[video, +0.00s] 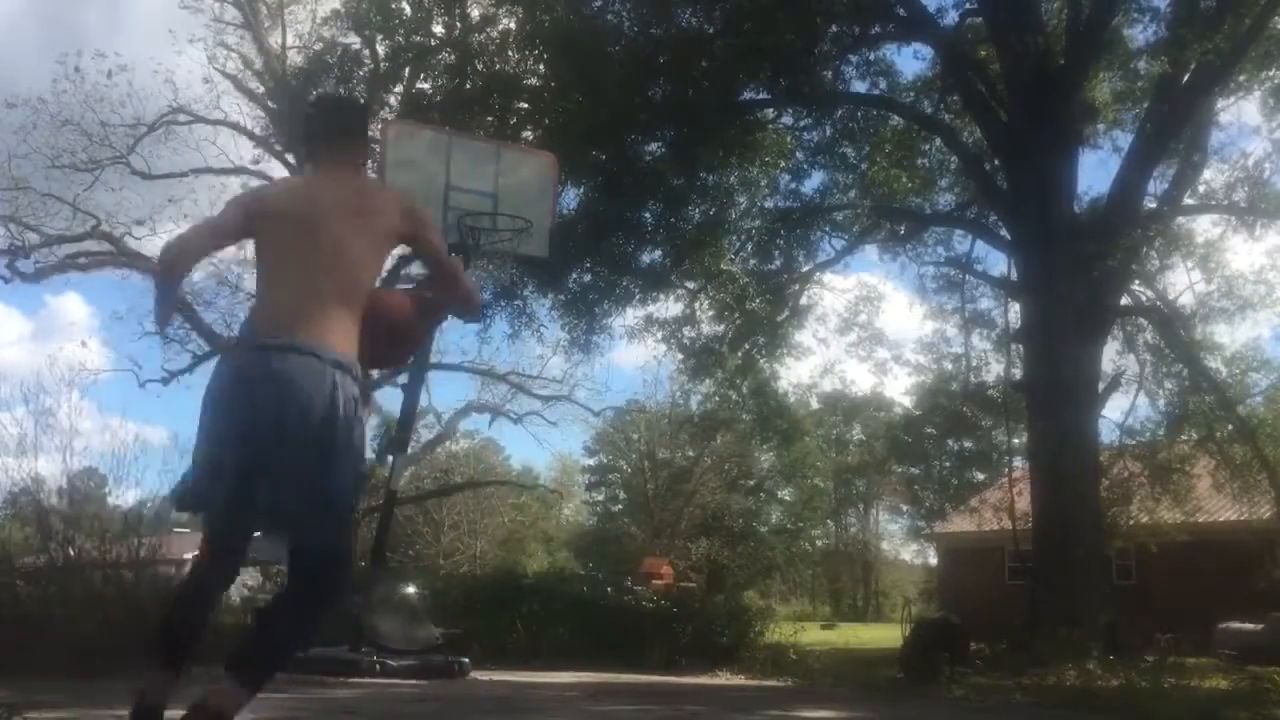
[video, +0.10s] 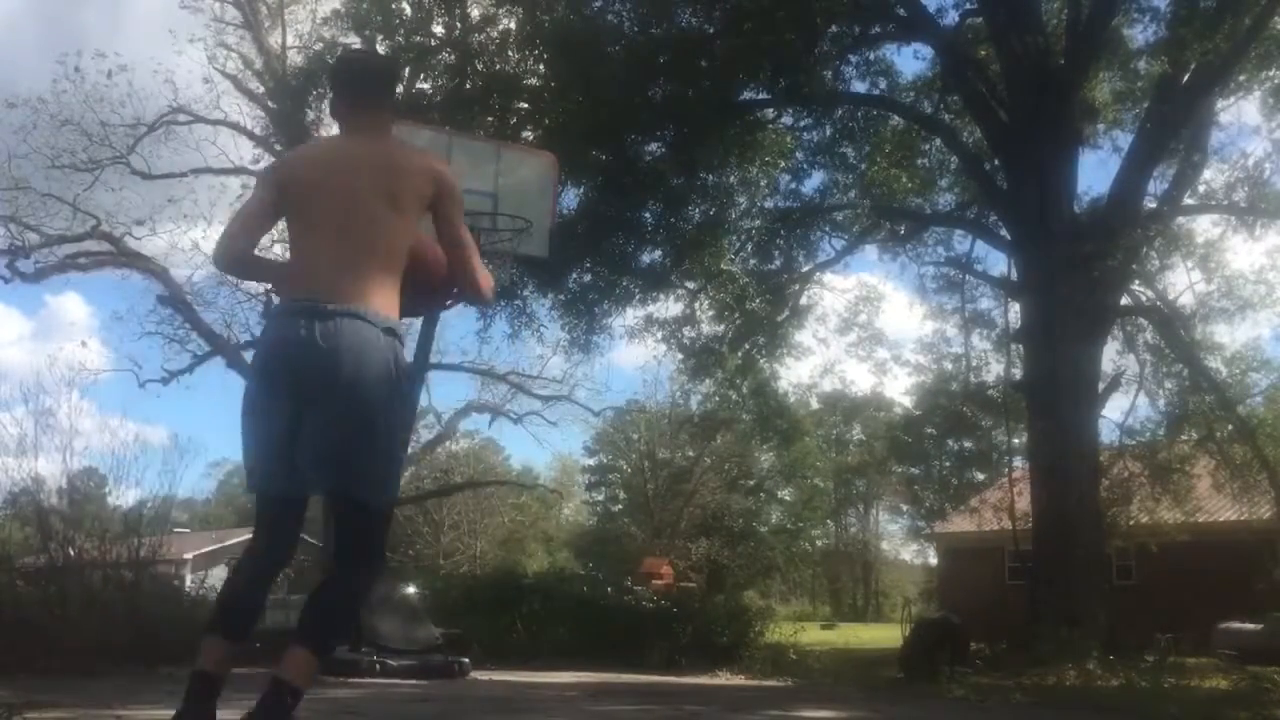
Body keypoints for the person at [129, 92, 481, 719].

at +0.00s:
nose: (373, 157)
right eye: (371, 148)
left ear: (307, 148)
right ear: (366, 148)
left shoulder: (268, 198)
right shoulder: (396, 204)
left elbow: (173, 257)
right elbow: (468, 302)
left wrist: (165, 301)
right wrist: (423, 301)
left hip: (244, 377)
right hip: (326, 387)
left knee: (218, 556)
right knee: (318, 577)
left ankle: (149, 699)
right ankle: (220, 707)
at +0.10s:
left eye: (344, 98)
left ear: (336, 103)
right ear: (394, 102)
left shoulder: (294, 163)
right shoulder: (427, 170)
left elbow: (231, 254)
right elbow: (479, 286)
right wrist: (443, 269)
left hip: (283, 343)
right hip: (365, 352)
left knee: (271, 534)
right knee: (357, 553)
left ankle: (197, 701)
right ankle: (276, 705)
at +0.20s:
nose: (384, 117)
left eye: (368, 105)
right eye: (414, 105)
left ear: (363, 104)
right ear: (422, 103)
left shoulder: (321, 169)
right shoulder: (454, 170)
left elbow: (294, 287)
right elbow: (479, 292)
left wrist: (353, 252)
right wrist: (430, 263)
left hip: (317, 356)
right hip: (404, 357)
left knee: (300, 547)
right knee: (437, 548)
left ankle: (196, 701)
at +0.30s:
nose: (416, 132)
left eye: (410, 121)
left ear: (404, 127)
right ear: (465, 125)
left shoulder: (363, 211)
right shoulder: (501, 204)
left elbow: (350, 314)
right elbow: (497, 325)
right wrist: (434, 288)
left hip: (362, 394)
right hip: (450, 397)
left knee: (305, 589)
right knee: (528, 565)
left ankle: (208, 708)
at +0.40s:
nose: (539, 151)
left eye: (485, 143)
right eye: (539, 142)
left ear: (477, 146)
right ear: (536, 142)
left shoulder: (440, 215)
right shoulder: (565, 206)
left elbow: (386, 323)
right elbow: (561, 315)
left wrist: (454, 341)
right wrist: (566, 392)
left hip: (434, 400)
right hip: (518, 393)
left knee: (412, 601)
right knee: (604, 554)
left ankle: (290, 694)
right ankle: (671, 694)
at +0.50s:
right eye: (627, 174)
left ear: (554, 172)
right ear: (617, 168)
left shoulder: (515, 232)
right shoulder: (636, 217)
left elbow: (453, 354)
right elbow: (628, 326)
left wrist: (523, 375)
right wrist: (646, 398)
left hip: (502, 415)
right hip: (586, 405)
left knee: (562, 603)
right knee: (663, 573)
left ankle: (440, 677)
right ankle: (699, 706)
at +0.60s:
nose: (654, 167)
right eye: (655, 156)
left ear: (592, 160)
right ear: (656, 159)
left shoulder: (554, 232)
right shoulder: (674, 223)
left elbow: (526, 330)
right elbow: (698, 355)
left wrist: (591, 293)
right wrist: (728, 324)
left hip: (544, 429)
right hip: (623, 421)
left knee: (649, 573)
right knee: (689, 576)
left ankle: (592, 696)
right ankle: (705, 706)